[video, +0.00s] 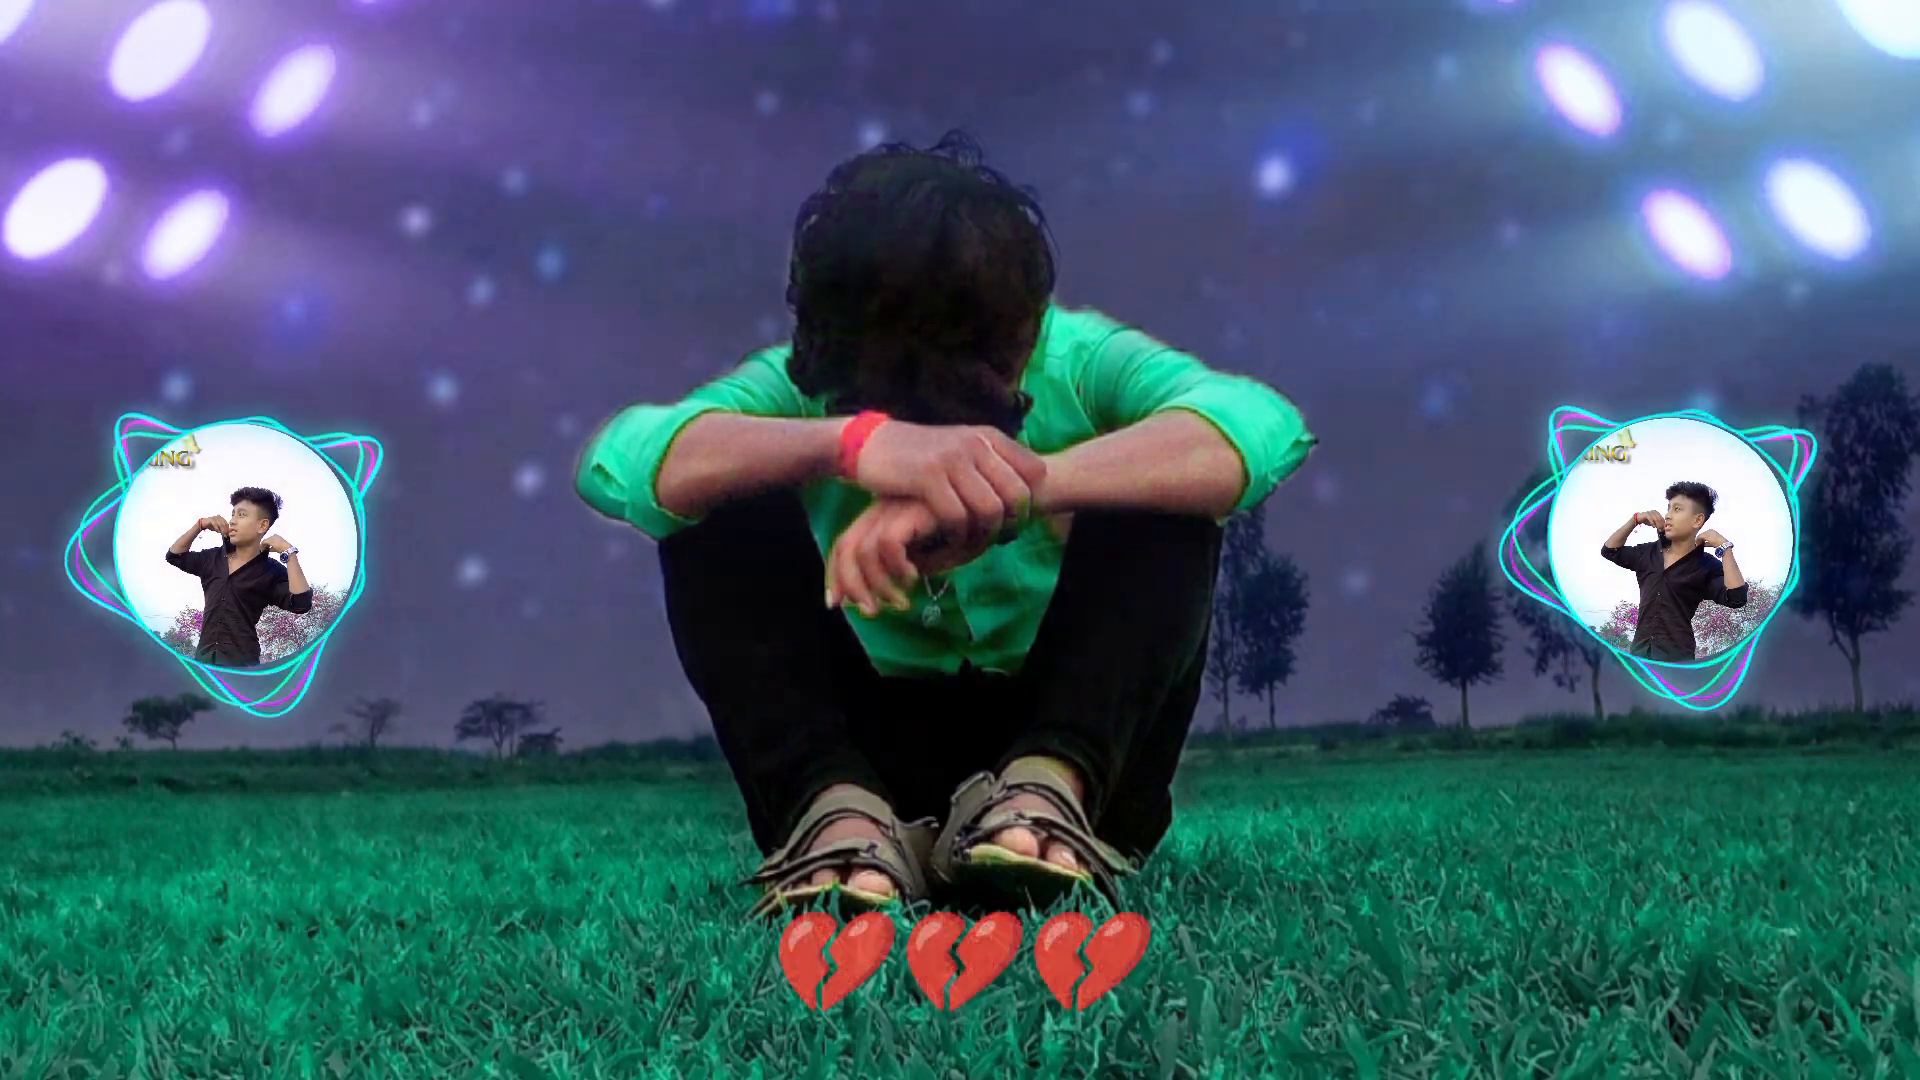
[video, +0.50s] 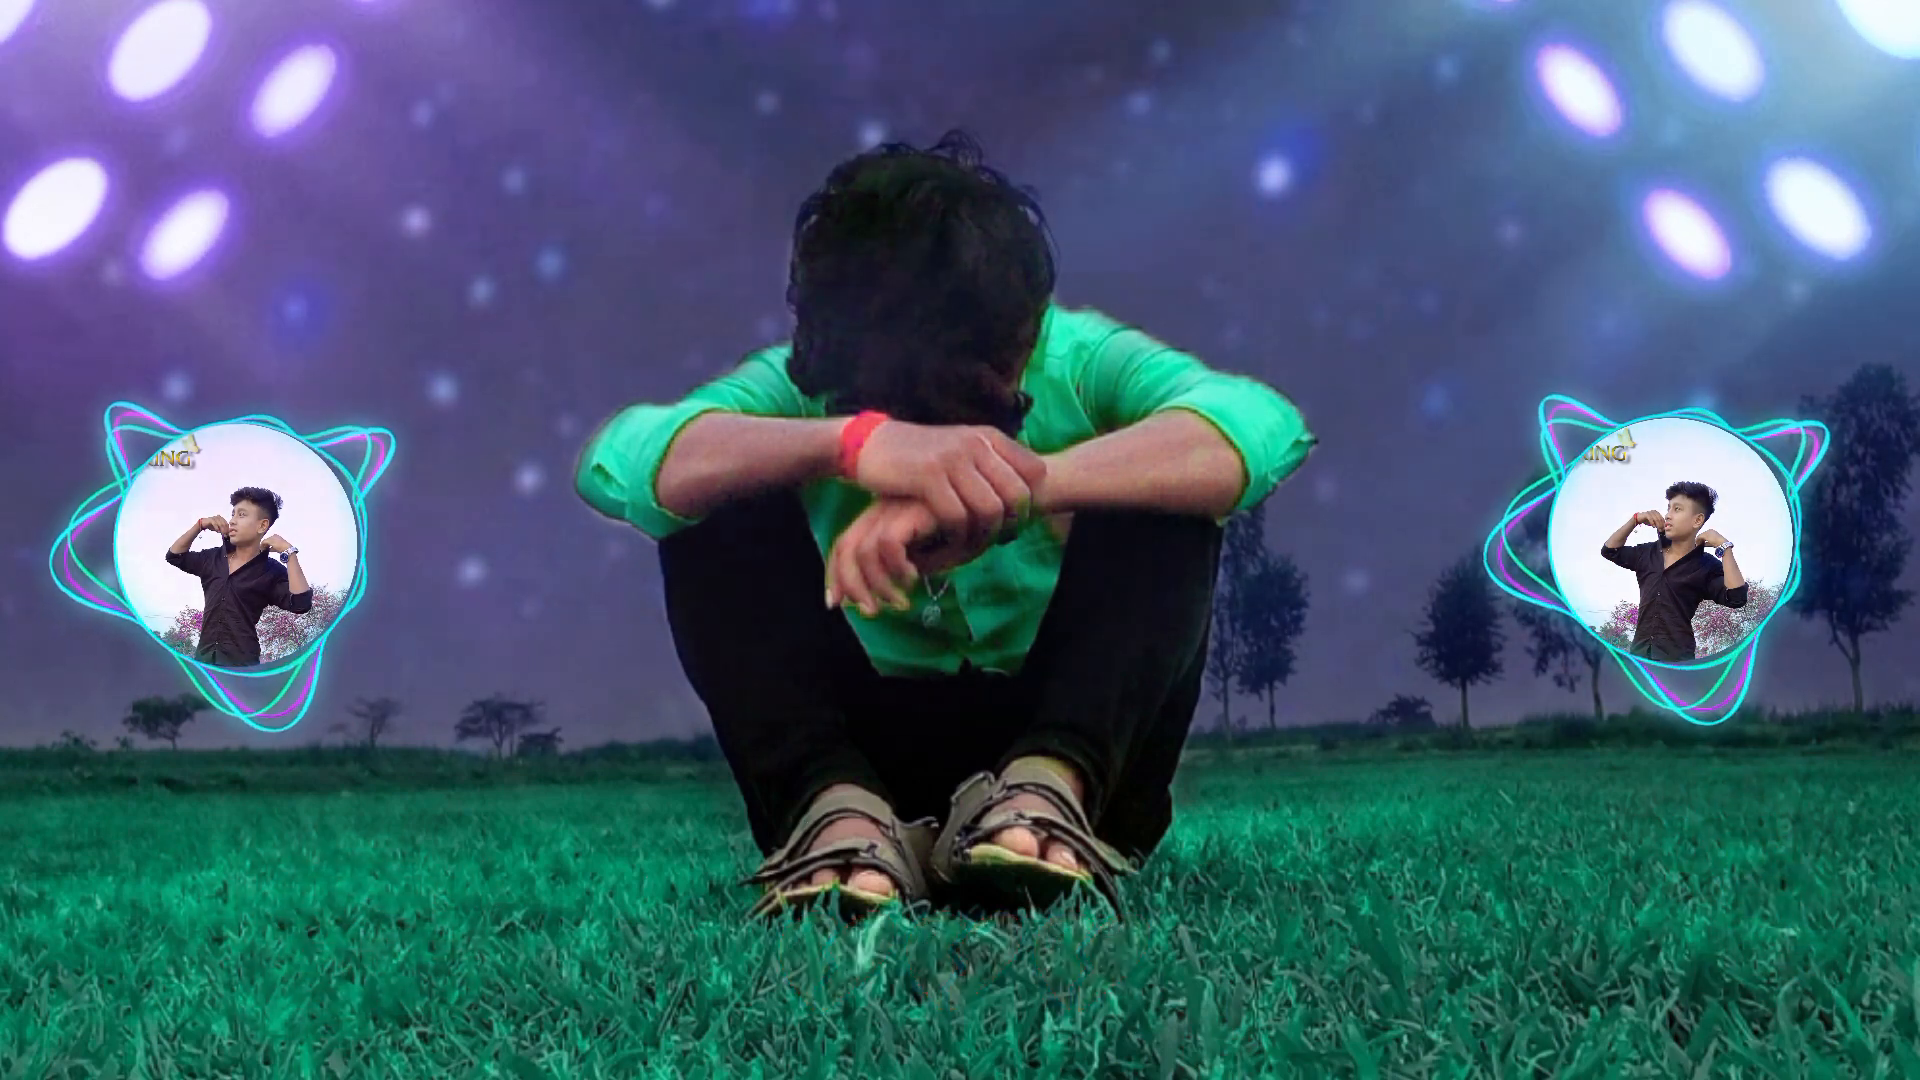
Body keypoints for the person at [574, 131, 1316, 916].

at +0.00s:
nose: (934, 435)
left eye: (971, 396)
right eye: (898, 402)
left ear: (1021, 343)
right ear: (828, 361)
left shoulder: (1075, 355)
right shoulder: (795, 383)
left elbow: (1265, 429)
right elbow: (611, 467)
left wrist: (1000, 491)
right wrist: (850, 446)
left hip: (1064, 752)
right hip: (866, 759)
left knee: (1165, 488)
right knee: (714, 505)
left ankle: (1043, 790)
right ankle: (837, 819)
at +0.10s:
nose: (929, 445)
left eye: (973, 401)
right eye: (898, 412)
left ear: (1020, 345)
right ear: (830, 366)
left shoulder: (1073, 354)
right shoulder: (796, 383)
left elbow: (1266, 429)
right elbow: (611, 467)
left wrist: (1001, 491)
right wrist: (851, 447)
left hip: (1059, 747)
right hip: (864, 754)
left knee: (1165, 488)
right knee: (713, 501)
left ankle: (1044, 790)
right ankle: (836, 818)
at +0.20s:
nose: (912, 457)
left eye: (953, 423)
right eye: (873, 417)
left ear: (1019, 360)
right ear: (813, 367)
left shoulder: (1077, 356)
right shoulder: (793, 382)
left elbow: (1265, 429)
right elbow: (611, 468)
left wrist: (999, 491)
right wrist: (850, 446)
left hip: (1059, 747)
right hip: (865, 752)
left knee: (1164, 489)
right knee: (713, 505)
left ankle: (1043, 790)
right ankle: (837, 818)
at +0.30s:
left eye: (985, 394)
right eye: (903, 416)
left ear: (1023, 340)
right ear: (833, 367)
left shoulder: (1074, 354)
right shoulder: (794, 383)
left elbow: (1264, 429)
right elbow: (612, 467)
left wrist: (1002, 491)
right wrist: (851, 447)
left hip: (1060, 749)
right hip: (863, 758)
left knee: (1165, 488)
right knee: (712, 501)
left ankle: (1043, 789)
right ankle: (836, 818)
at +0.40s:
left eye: (993, 384)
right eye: (906, 413)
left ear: (1025, 336)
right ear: (837, 369)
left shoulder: (1073, 353)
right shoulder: (796, 383)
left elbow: (1265, 429)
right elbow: (611, 467)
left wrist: (998, 492)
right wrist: (851, 447)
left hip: (1060, 749)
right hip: (863, 758)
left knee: (1166, 488)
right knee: (713, 501)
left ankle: (1044, 789)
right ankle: (836, 816)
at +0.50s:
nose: (927, 453)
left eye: (960, 412)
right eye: (887, 414)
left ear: (1020, 353)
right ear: (819, 367)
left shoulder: (1077, 354)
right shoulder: (795, 382)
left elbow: (1266, 429)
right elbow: (612, 467)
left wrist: (1000, 492)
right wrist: (853, 445)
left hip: (1060, 747)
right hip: (865, 753)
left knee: (1164, 484)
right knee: (713, 503)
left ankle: (1044, 788)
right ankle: (835, 815)